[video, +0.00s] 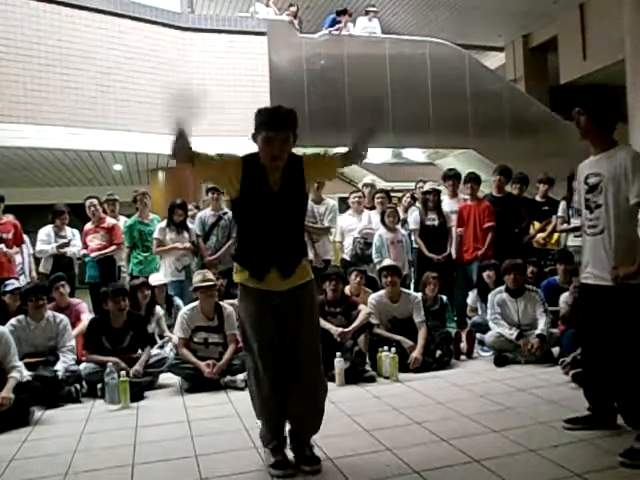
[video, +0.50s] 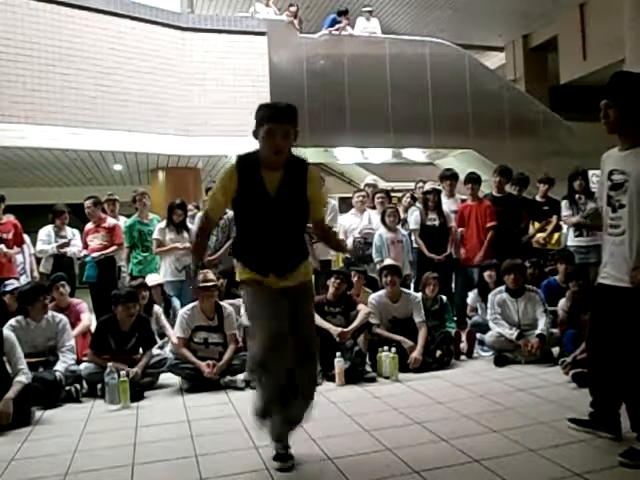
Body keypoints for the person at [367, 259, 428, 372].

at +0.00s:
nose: (390, 280)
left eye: (393, 275)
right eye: (385, 276)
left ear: (400, 278)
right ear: (381, 280)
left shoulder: (414, 298)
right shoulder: (374, 300)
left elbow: (422, 326)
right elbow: (374, 328)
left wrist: (418, 351)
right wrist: (401, 339)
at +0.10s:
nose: (390, 280)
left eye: (393, 275)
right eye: (385, 276)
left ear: (400, 278)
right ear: (381, 280)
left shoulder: (414, 298)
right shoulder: (374, 300)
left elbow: (422, 327)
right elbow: (375, 328)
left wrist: (418, 351)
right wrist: (401, 339)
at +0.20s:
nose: (390, 280)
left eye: (394, 276)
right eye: (386, 276)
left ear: (400, 279)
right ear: (381, 280)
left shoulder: (414, 298)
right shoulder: (374, 300)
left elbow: (422, 326)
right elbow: (374, 328)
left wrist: (418, 351)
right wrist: (401, 340)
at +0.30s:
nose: (390, 279)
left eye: (393, 275)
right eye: (386, 276)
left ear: (400, 279)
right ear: (381, 280)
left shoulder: (414, 298)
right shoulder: (375, 299)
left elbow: (422, 326)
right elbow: (374, 328)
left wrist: (418, 351)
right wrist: (401, 340)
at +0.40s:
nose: (390, 279)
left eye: (393, 275)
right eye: (386, 276)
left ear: (400, 279)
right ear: (381, 280)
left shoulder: (414, 298)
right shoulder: (374, 299)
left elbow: (422, 326)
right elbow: (374, 328)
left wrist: (418, 351)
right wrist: (401, 340)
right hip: (386, 337)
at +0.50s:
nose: (390, 279)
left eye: (394, 275)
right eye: (386, 276)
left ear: (400, 278)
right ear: (381, 280)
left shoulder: (414, 298)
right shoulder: (374, 299)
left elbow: (422, 326)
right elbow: (374, 328)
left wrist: (418, 351)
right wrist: (401, 340)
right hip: (386, 337)